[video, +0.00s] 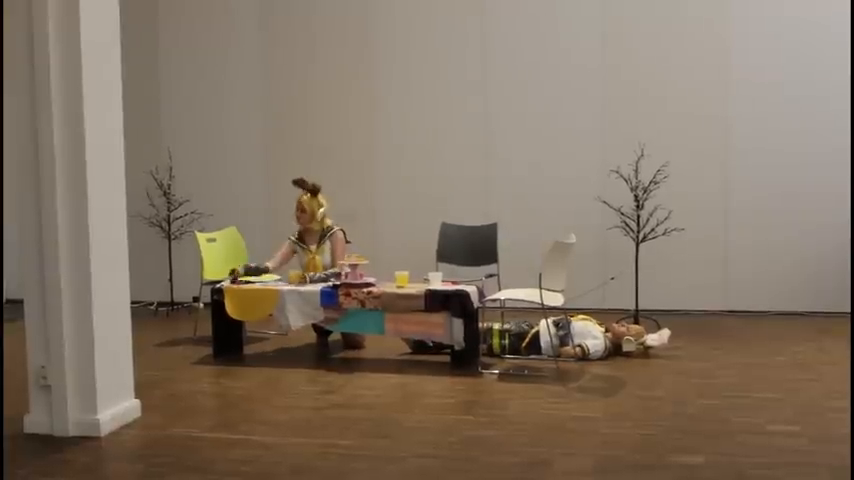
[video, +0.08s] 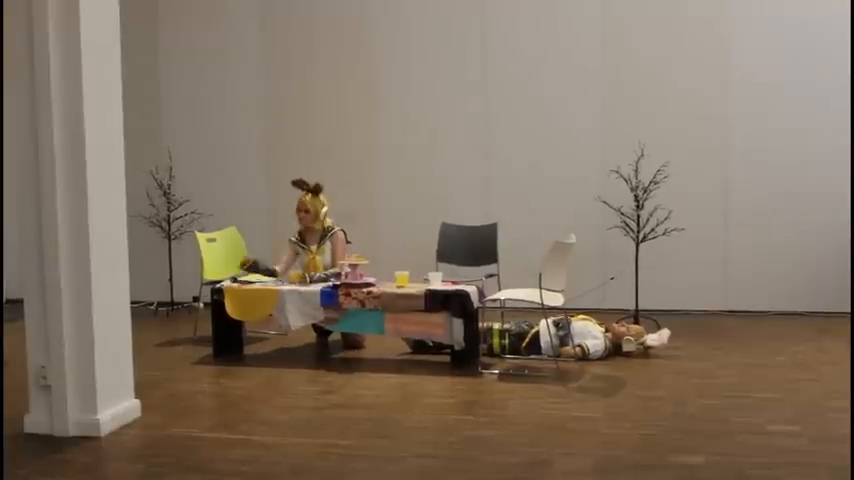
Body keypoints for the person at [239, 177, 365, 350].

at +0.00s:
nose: (297, 215)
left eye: (303, 211)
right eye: (297, 210)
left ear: (316, 213)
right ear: (295, 210)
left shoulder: (334, 234)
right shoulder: (298, 238)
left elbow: (339, 269)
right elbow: (275, 262)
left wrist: (311, 278)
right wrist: (254, 270)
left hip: (335, 289)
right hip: (310, 292)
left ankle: (347, 332)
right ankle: (322, 336)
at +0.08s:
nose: (300, 216)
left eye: (306, 212)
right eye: (298, 211)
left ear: (319, 213)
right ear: (296, 211)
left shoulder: (335, 235)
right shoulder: (298, 239)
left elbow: (339, 269)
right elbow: (281, 269)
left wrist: (313, 278)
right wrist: (257, 267)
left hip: (335, 289)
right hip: (309, 291)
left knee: (354, 343)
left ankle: (347, 330)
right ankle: (322, 336)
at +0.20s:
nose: (306, 217)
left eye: (311, 212)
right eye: (302, 212)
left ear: (322, 214)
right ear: (298, 213)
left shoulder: (337, 236)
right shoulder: (297, 240)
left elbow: (338, 271)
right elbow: (286, 274)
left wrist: (310, 279)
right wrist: (276, 263)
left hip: (335, 293)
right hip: (308, 295)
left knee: (355, 343)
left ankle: (347, 333)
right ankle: (321, 338)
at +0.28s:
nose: (309, 217)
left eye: (314, 212)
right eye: (305, 212)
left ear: (326, 213)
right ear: (301, 213)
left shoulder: (339, 236)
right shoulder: (298, 239)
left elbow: (341, 270)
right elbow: (283, 271)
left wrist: (312, 279)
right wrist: (280, 264)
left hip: (337, 292)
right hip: (309, 295)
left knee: (355, 343)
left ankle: (347, 333)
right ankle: (321, 337)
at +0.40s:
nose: (313, 216)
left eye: (318, 211)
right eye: (309, 211)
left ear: (329, 212)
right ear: (305, 212)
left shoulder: (342, 235)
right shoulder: (299, 238)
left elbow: (340, 270)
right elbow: (291, 273)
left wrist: (310, 279)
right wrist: (283, 266)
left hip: (338, 293)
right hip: (310, 295)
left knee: (354, 343)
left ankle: (348, 333)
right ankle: (321, 338)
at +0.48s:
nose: (314, 215)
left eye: (320, 210)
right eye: (311, 210)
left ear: (331, 211)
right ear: (306, 211)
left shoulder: (344, 235)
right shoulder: (301, 237)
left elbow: (341, 269)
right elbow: (297, 272)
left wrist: (312, 278)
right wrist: (286, 269)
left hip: (337, 290)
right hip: (310, 293)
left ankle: (348, 333)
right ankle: (321, 339)